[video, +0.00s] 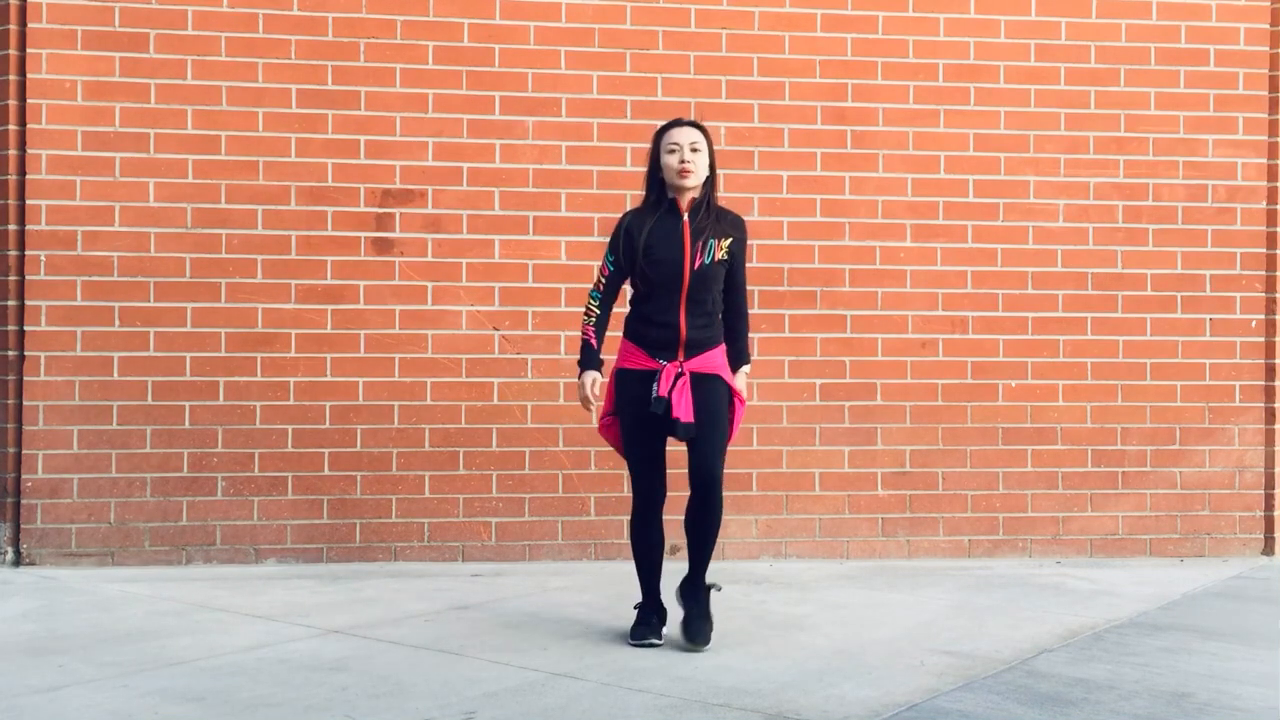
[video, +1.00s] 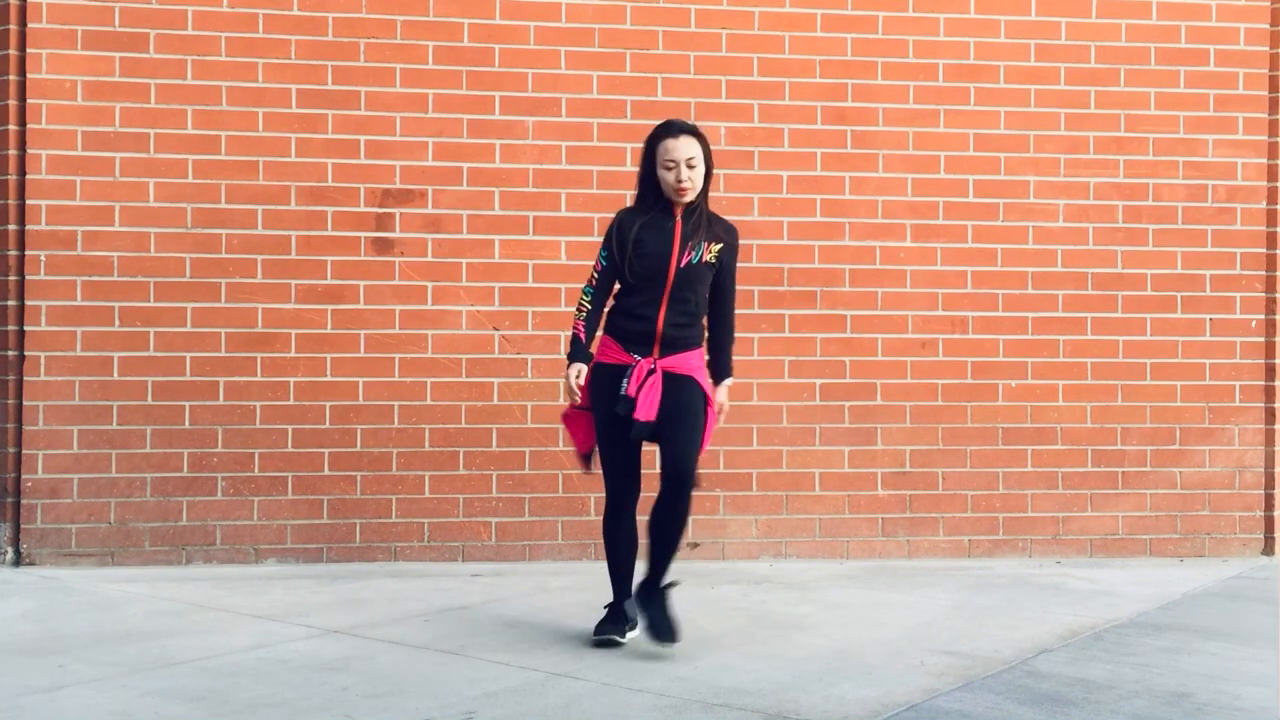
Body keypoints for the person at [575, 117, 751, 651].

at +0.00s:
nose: (685, 158)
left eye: (694, 149)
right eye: (674, 150)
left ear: (710, 161)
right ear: (658, 162)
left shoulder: (729, 227)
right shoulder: (635, 224)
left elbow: (735, 299)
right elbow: (602, 294)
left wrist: (741, 362)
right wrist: (589, 361)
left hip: (708, 367)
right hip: (642, 367)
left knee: (709, 482)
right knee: (648, 493)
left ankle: (696, 587)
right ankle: (650, 604)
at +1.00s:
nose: (681, 174)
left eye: (691, 163)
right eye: (670, 165)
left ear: (706, 168)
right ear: (653, 171)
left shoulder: (720, 235)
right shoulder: (628, 224)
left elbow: (722, 312)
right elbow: (595, 293)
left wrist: (722, 375)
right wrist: (578, 353)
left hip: (684, 367)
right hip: (619, 364)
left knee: (680, 477)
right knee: (622, 490)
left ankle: (653, 589)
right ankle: (619, 603)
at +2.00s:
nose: (713, 174)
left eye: (723, 163)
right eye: (702, 165)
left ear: (739, 168)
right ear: (685, 173)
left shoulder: (763, 222)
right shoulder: (671, 239)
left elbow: (785, 295)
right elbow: (661, 315)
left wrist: (802, 356)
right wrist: (661, 381)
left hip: (772, 371)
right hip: (710, 375)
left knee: (760, 499)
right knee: (751, 494)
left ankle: (747, 610)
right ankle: (794, 611)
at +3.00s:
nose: (655, 175)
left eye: (666, 165)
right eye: (644, 165)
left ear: (682, 172)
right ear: (629, 172)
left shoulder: (694, 239)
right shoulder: (606, 221)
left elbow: (657, 305)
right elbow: (599, 288)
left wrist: (608, 346)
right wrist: (639, 318)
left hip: (642, 368)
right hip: (586, 360)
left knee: (599, 487)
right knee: (584, 490)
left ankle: (534, 603)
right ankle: (599, 605)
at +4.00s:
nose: (729, 182)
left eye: (736, 171)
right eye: (717, 173)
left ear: (746, 172)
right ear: (694, 176)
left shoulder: (765, 225)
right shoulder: (674, 238)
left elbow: (766, 304)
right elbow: (705, 293)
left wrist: (743, 348)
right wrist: (773, 316)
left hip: (771, 373)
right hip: (713, 379)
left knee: (769, 506)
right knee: (753, 504)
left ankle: (747, 613)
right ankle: (796, 624)